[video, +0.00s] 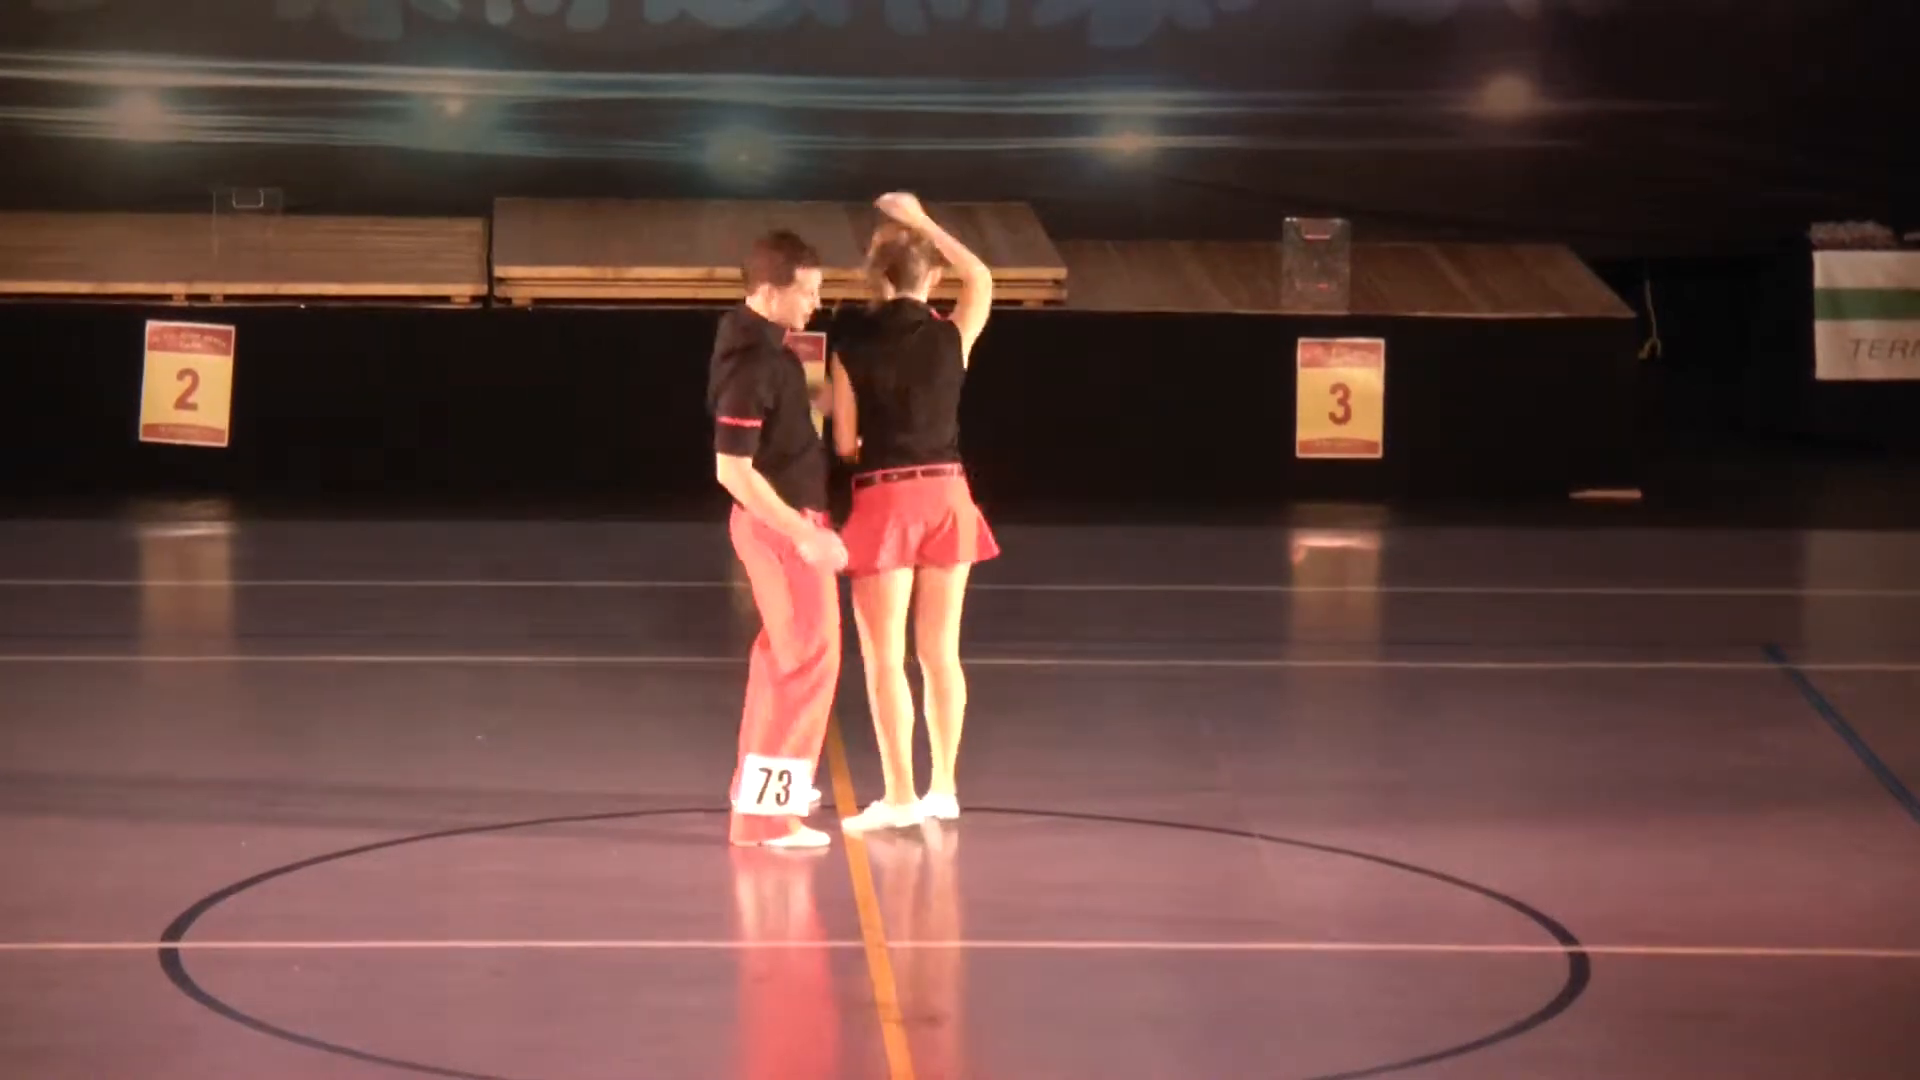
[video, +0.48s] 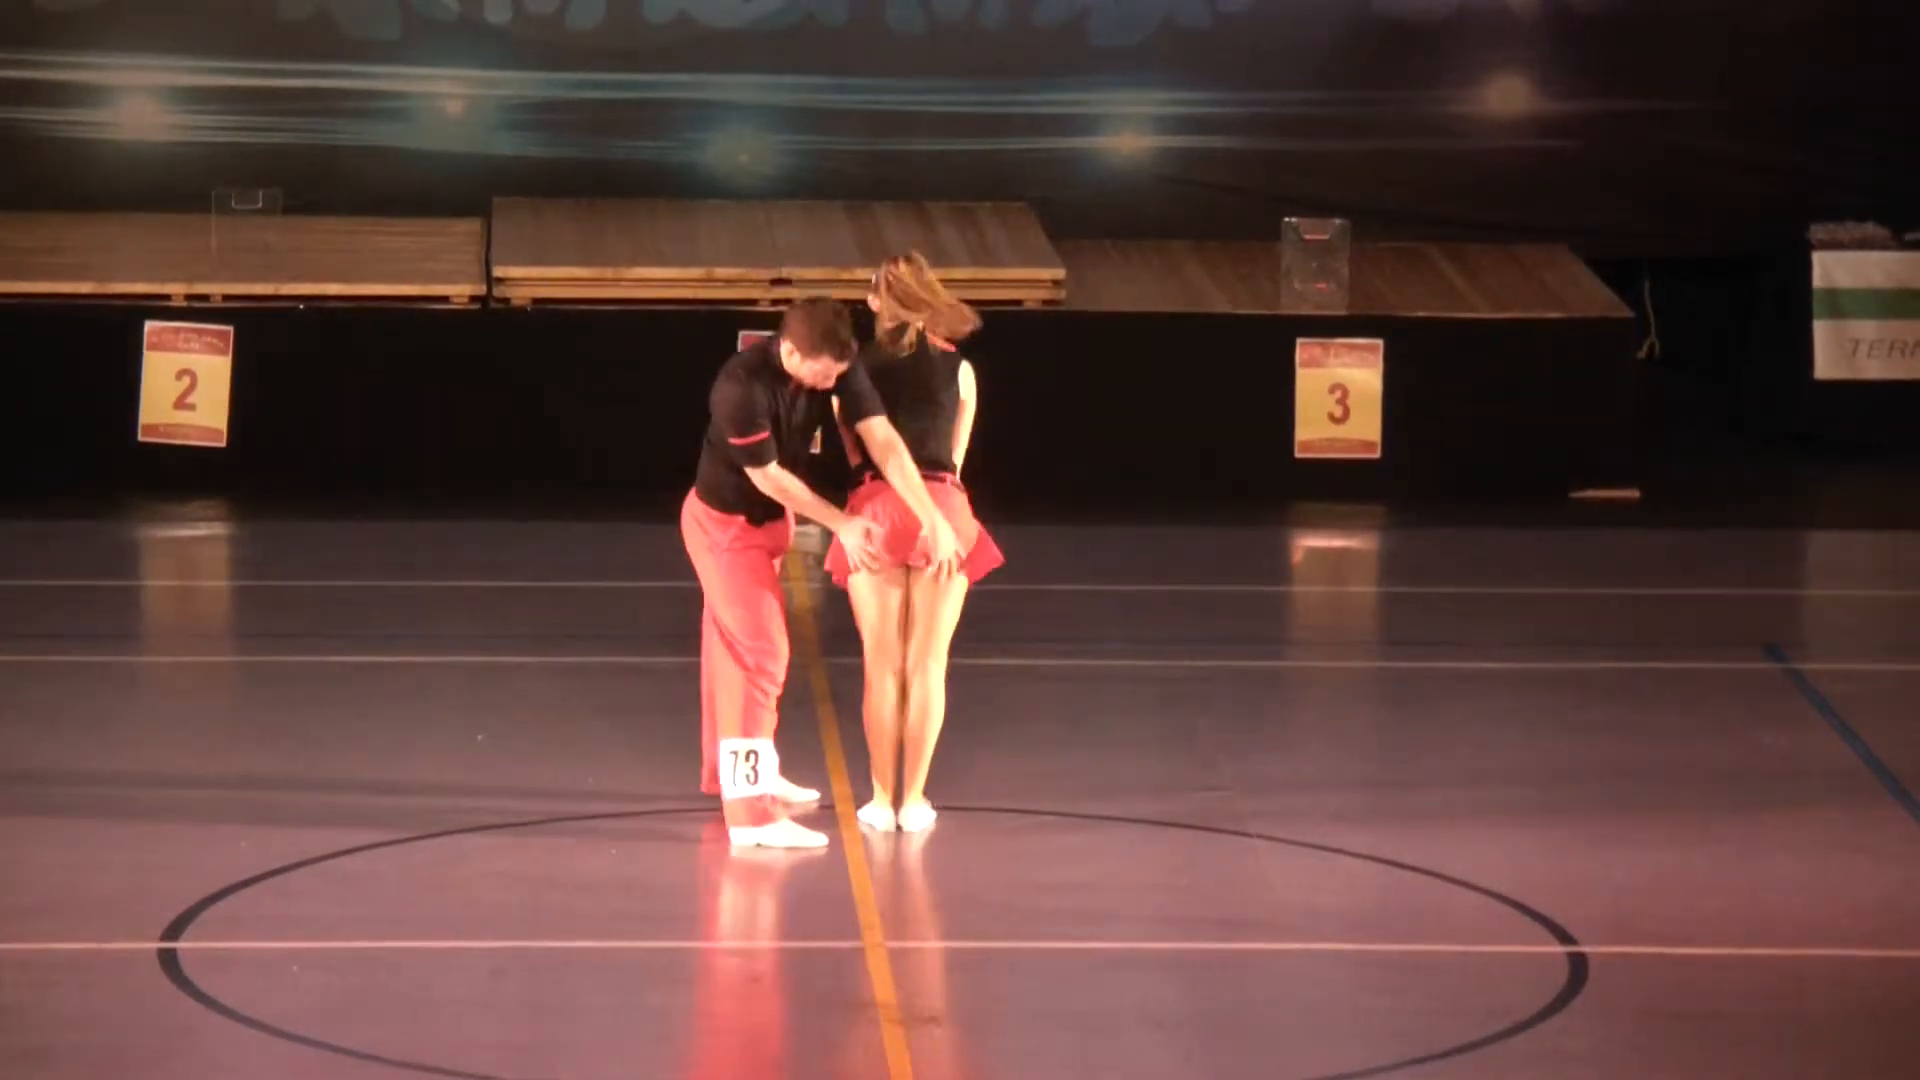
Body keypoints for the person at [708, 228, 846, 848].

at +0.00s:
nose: (815, 303)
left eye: (815, 290)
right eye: (808, 291)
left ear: (770, 289)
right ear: (773, 290)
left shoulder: (757, 334)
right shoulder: (754, 354)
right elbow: (734, 467)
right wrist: (802, 534)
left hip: (781, 515)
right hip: (778, 520)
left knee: (782, 652)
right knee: (812, 656)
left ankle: (757, 804)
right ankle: (769, 812)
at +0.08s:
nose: (813, 322)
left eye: (815, 310)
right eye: (806, 310)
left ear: (775, 305)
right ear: (770, 303)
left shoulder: (767, 350)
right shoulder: (745, 360)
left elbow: (796, 445)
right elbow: (731, 475)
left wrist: (814, 395)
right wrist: (796, 541)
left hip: (793, 524)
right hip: (778, 527)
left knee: (788, 660)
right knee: (818, 659)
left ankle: (755, 808)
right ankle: (772, 812)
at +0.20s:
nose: (813, 331)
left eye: (817, 320)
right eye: (805, 319)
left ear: (789, 311)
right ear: (769, 308)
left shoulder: (791, 341)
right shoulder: (734, 363)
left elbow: (823, 399)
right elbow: (737, 471)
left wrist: (841, 385)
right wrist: (823, 503)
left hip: (792, 522)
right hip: (767, 526)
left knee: (780, 652)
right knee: (810, 653)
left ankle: (754, 800)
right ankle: (767, 812)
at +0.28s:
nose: (821, 335)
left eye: (824, 324)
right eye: (813, 324)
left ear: (811, 310)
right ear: (776, 308)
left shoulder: (796, 338)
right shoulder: (733, 364)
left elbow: (850, 371)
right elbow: (750, 465)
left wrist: (903, 402)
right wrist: (829, 499)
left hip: (786, 516)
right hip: (752, 521)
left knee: (787, 650)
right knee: (780, 652)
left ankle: (772, 785)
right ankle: (754, 810)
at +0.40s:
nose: (831, 356)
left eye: (835, 345)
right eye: (823, 346)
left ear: (835, 332)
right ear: (788, 330)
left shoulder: (834, 342)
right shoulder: (739, 372)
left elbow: (886, 415)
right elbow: (762, 470)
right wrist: (837, 521)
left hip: (777, 516)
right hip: (729, 519)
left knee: (747, 653)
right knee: (766, 652)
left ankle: (752, 784)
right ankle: (748, 814)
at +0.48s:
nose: (833, 378)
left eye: (837, 368)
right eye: (824, 370)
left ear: (843, 353)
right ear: (792, 352)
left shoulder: (841, 363)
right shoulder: (743, 384)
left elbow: (884, 441)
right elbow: (769, 477)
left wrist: (933, 520)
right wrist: (842, 523)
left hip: (770, 522)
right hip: (720, 524)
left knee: (736, 650)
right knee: (765, 650)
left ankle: (741, 776)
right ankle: (747, 812)